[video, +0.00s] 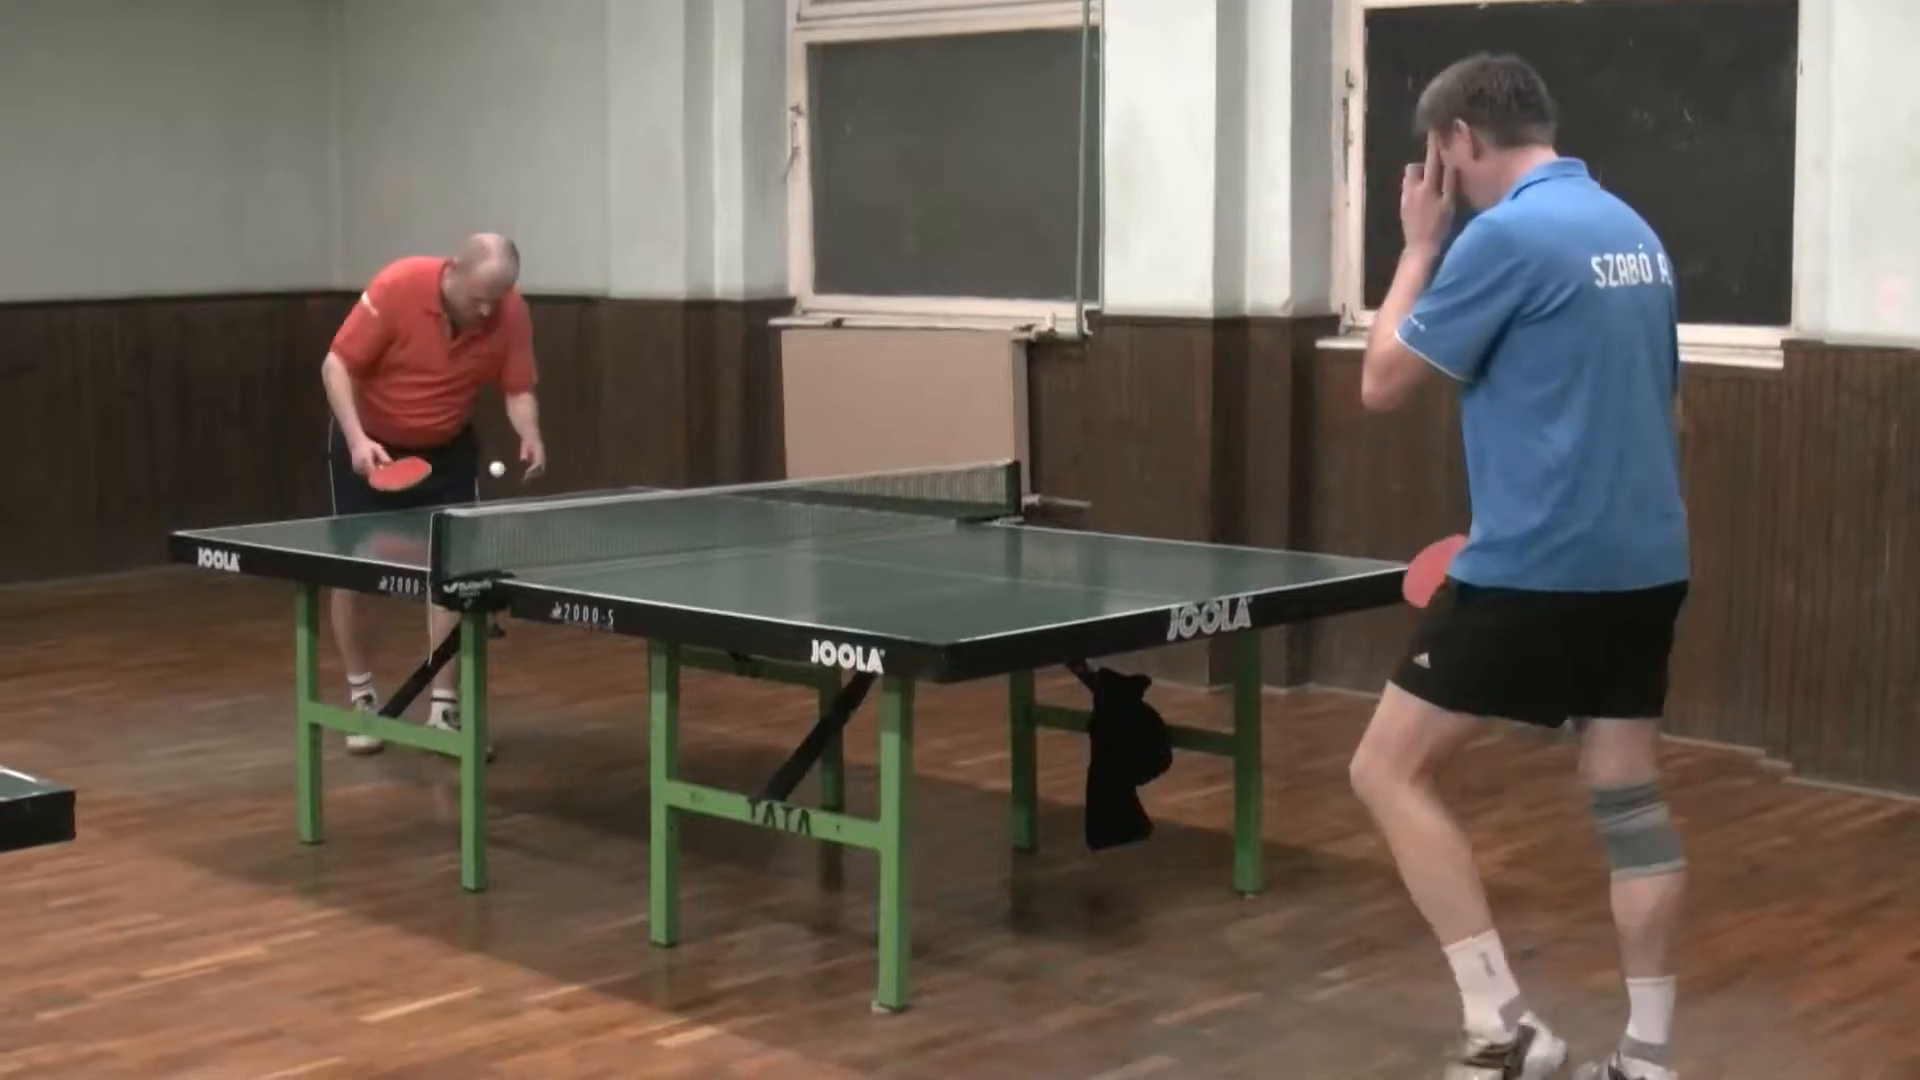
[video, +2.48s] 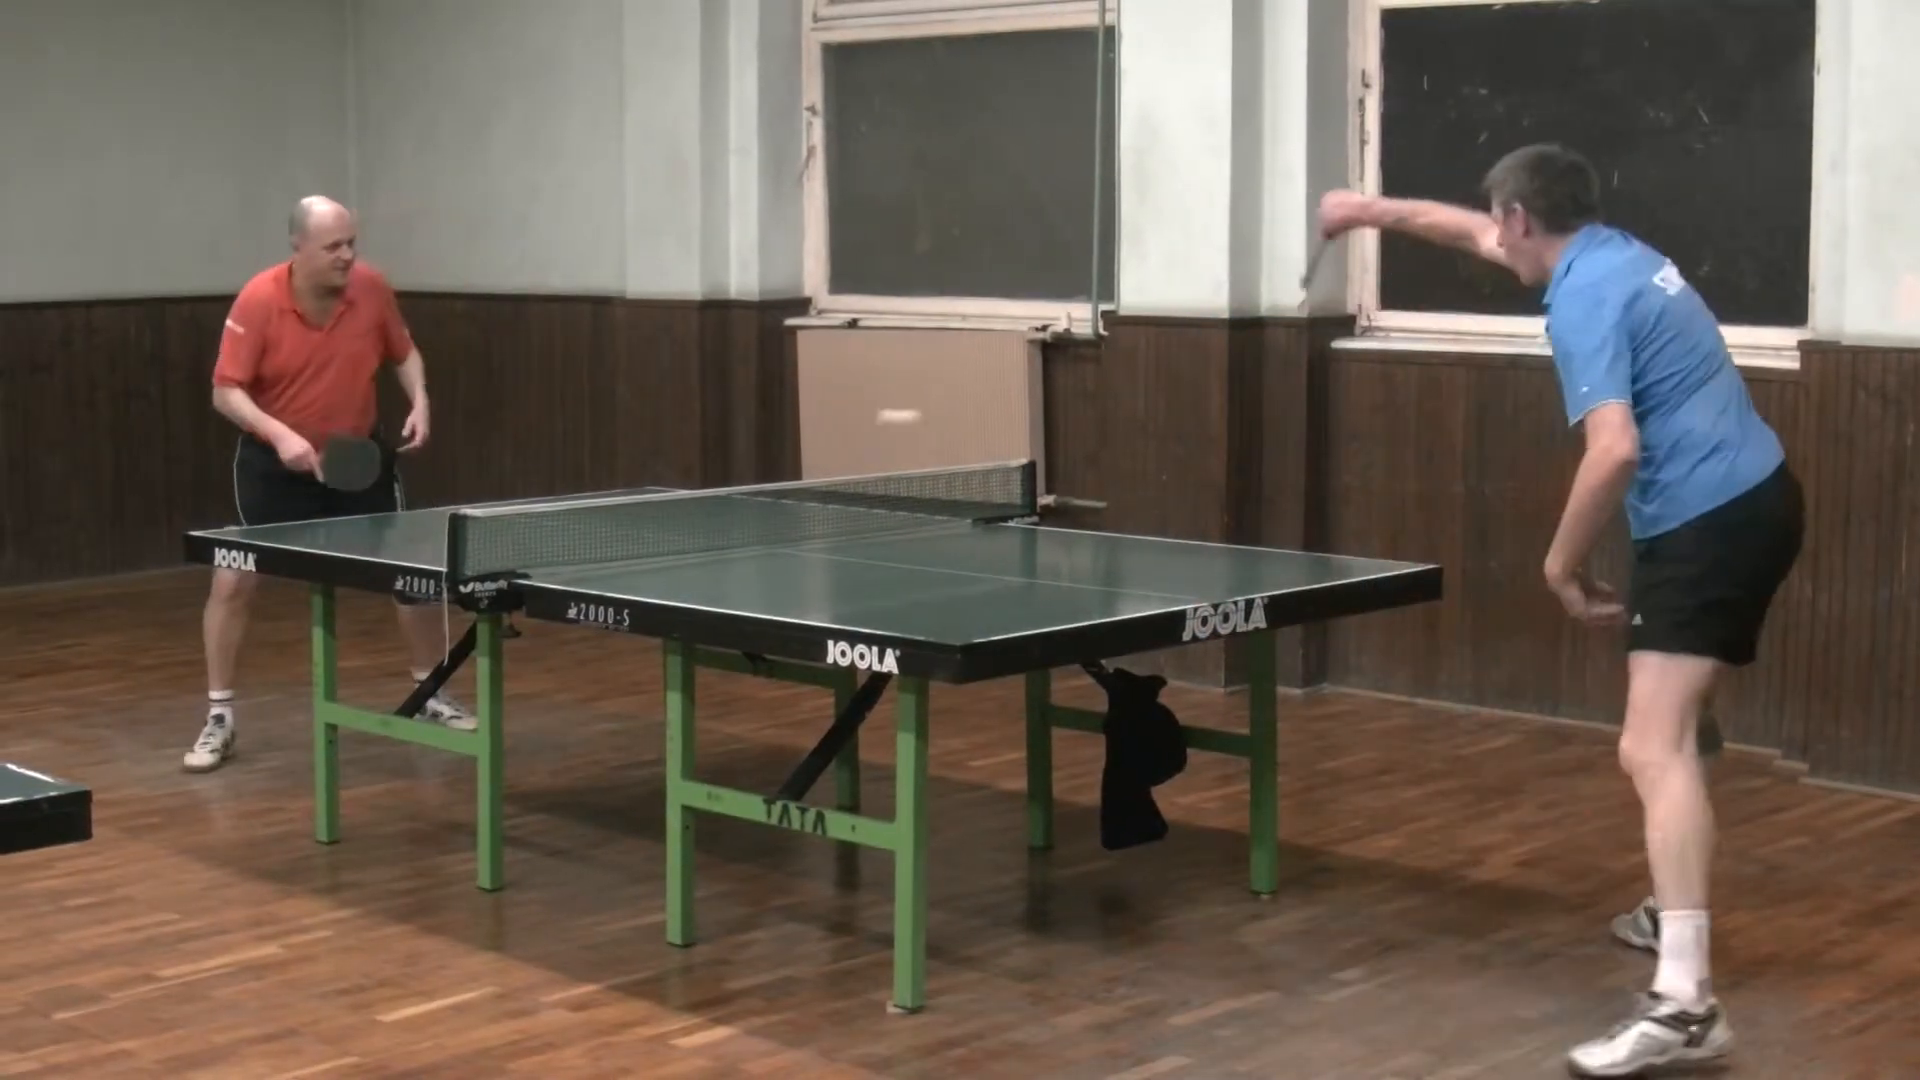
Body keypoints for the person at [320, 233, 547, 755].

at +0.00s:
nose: (485, 310)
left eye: (495, 301)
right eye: (478, 298)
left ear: (508, 291)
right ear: (449, 273)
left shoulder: (509, 311)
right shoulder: (399, 285)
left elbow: (519, 388)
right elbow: (337, 363)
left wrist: (530, 435)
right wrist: (356, 438)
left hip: (448, 449)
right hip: (369, 445)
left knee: (452, 576)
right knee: (355, 572)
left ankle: (445, 704)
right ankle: (361, 697)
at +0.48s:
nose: (439, 258)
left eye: (446, 247)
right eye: (426, 248)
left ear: (453, 248)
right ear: (393, 245)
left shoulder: (457, 298)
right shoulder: (341, 280)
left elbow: (460, 378)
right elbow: (272, 338)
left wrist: (464, 432)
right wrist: (304, 410)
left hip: (407, 449)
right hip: (324, 445)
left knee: (434, 575)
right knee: (305, 574)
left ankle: (447, 705)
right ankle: (300, 707)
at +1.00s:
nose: (365, 207)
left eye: (369, 196)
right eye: (352, 198)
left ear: (374, 199)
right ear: (316, 205)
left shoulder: (381, 252)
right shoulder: (276, 262)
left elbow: (437, 302)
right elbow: (248, 354)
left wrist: (455, 273)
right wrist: (329, 349)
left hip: (373, 438)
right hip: (297, 442)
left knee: (392, 573)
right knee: (294, 583)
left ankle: (384, 702)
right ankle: (301, 708)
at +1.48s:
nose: (404, 273)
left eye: (410, 263)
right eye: (400, 261)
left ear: (391, 247)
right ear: (366, 238)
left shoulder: (389, 277)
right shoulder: (311, 263)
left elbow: (447, 306)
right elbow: (305, 357)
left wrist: (511, 308)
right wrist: (379, 355)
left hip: (362, 433)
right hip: (292, 437)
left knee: (439, 535)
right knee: (298, 581)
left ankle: (478, 668)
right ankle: (304, 712)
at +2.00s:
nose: (440, 252)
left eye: (445, 241)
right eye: (429, 242)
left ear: (445, 238)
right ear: (390, 236)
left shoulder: (448, 287)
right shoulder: (337, 262)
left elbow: (475, 346)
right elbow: (249, 299)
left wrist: (505, 391)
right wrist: (285, 342)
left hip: (396, 449)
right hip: (313, 444)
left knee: (425, 573)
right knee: (275, 571)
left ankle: (428, 700)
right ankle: (245, 703)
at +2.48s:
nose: (347, 256)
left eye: (351, 244)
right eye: (334, 247)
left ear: (354, 242)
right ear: (298, 250)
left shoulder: (371, 289)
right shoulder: (260, 299)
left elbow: (404, 352)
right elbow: (226, 392)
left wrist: (419, 402)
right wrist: (279, 434)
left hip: (360, 458)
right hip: (273, 461)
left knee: (415, 574)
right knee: (233, 576)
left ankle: (434, 698)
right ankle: (218, 716)